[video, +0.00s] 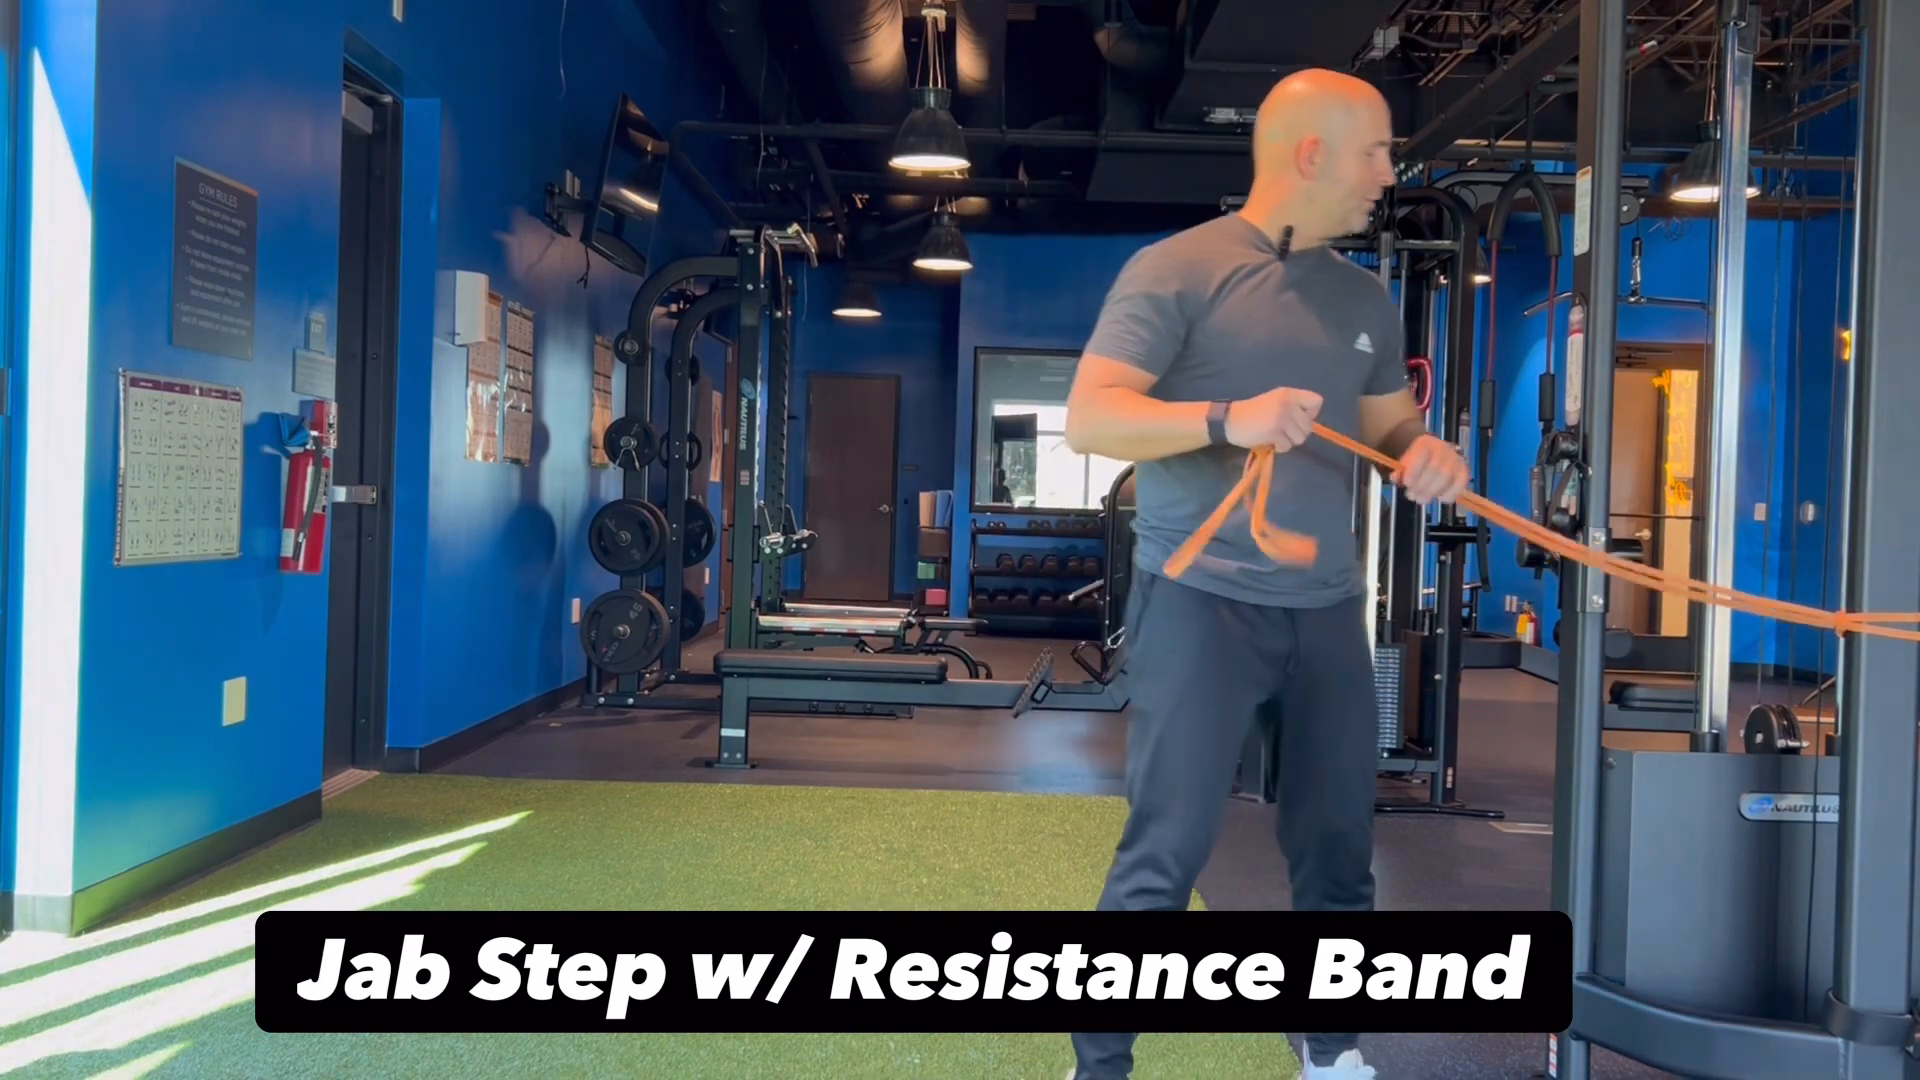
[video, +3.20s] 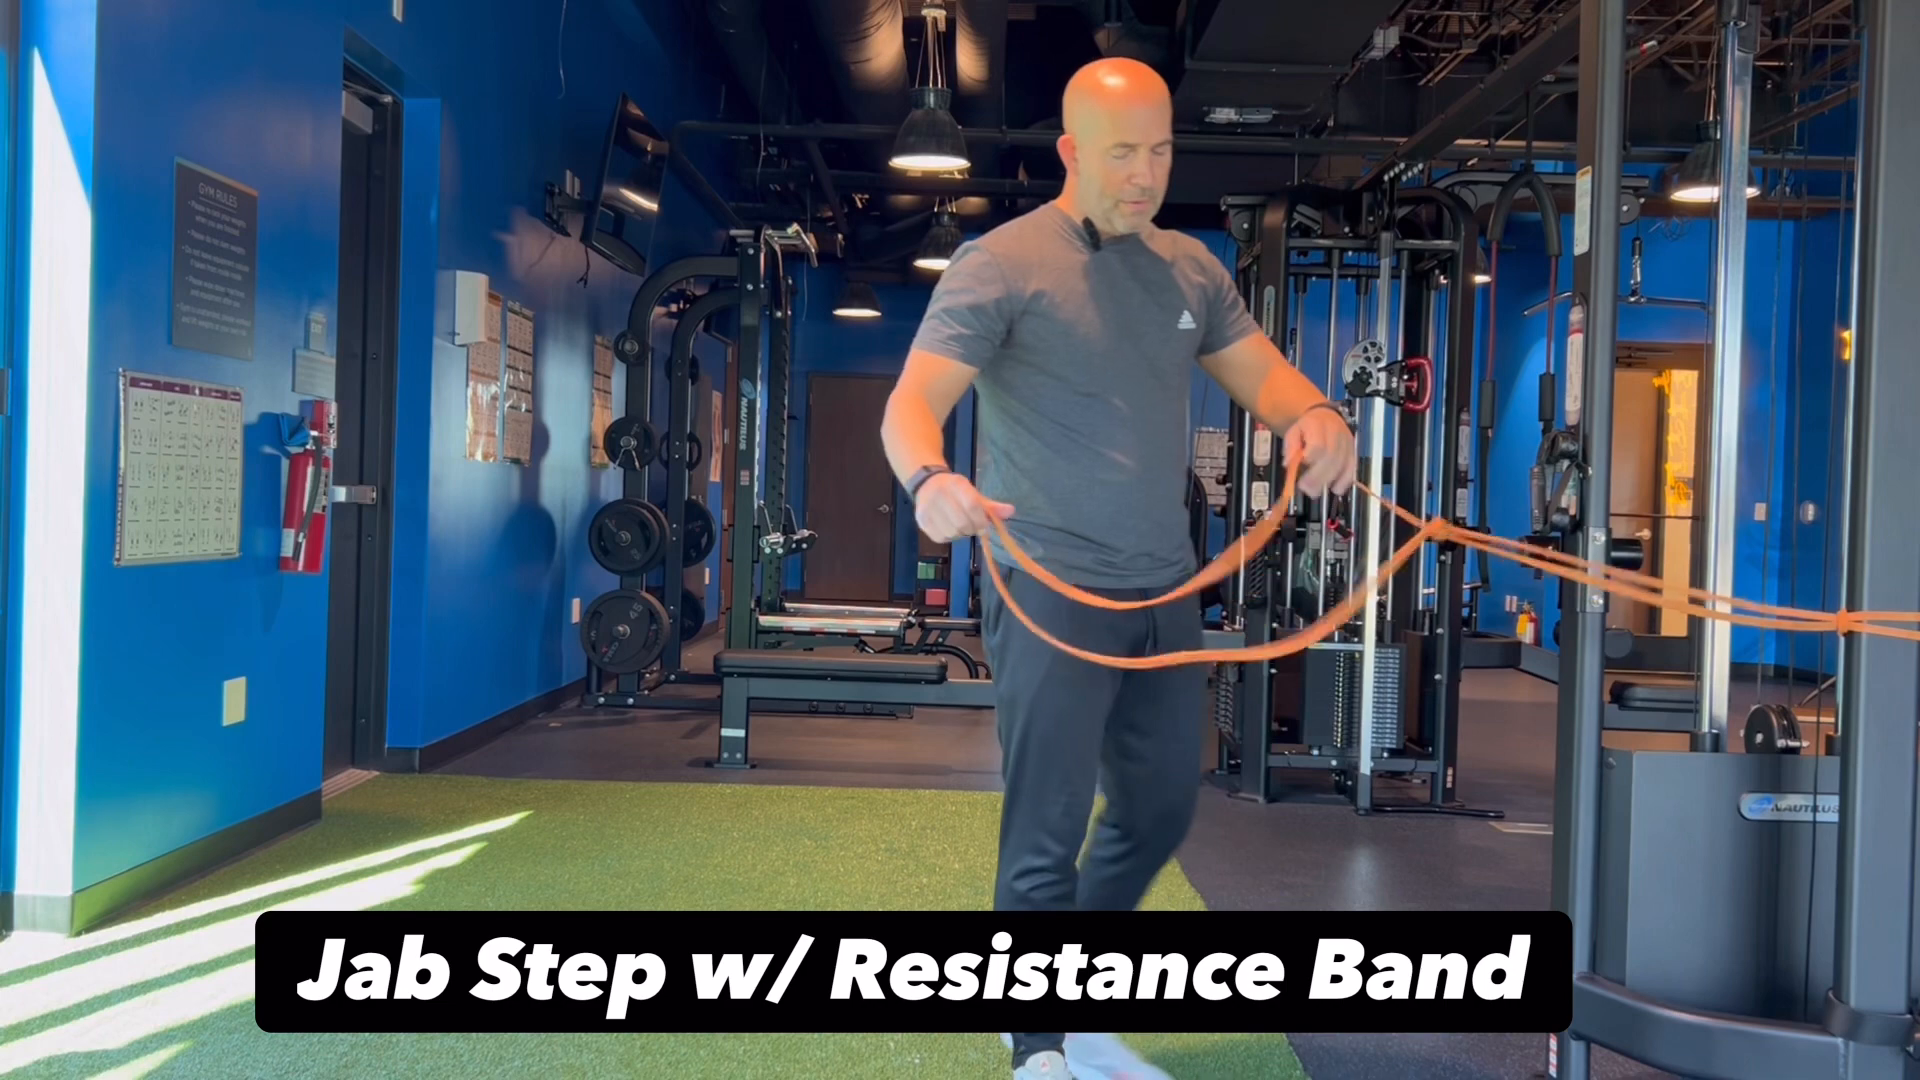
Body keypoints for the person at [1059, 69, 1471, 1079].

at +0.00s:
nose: (1389, 175)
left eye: (1389, 154)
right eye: (1374, 152)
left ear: (1316, 159)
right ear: (1304, 155)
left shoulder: (1366, 299)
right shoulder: (1177, 270)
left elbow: (1387, 429)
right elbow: (1090, 417)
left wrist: (1421, 451)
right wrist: (1224, 418)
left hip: (1327, 609)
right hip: (1199, 601)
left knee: (1339, 850)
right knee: (1167, 851)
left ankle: (1329, 1051)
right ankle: (1100, 1059)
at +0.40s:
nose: (1484, 201)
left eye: (1489, 180)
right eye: (1474, 177)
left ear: (1413, 178)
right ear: (1402, 171)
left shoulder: (1458, 311)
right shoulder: (1249, 263)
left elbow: (1505, 438)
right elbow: (1151, 391)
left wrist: (1577, 501)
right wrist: (1215, 410)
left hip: (1379, 610)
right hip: (1239, 601)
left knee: (1351, 847)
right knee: (1197, 839)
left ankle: (1331, 1046)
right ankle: (1162, 1042)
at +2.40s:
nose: (1439, 211)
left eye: (1462, 194)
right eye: (1425, 183)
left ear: (1480, 197)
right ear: (1379, 165)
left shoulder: (1474, 322)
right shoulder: (1268, 262)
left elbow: (1524, 458)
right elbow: (1165, 389)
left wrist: (1515, 493)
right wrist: (1232, 413)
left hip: (1382, 606)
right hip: (1242, 589)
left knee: (1360, 844)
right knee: (1196, 809)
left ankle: (1329, 1038)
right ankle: (1132, 1024)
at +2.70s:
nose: (1324, 199)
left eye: (1345, 181)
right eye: (1305, 176)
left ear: (1368, 184)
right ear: (1262, 167)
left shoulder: (1391, 301)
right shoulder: (1179, 277)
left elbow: (1444, 437)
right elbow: (1092, 416)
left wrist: (1408, 439)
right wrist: (1180, 435)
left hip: (1329, 607)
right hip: (1188, 598)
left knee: (1335, 848)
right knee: (1126, 827)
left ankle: (1331, 1045)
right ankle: (1047, 1041)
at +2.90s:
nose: (1230, 200)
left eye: (1249, 176)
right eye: (1208, 176)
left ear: (1268, 168)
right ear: (1161, 166)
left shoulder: (1290, 286)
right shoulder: (1084, 274)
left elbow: (1348, 421)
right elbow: (1000, 423)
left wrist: (1349, 446)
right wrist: (1078, 468)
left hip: (1248, 602)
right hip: (1113, 598)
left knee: (1290, 838)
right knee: (1075, 843)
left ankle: (1322, 1043)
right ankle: (1042, 1048)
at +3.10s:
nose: (1171, 183)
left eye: (1185, 158)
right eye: (1148, 161)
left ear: (1199, 155)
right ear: (1094, 156)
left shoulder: (1219, 273)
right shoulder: (1022, 268)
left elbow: (1286, 386)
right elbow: (932, 407)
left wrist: (1334, 431)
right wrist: (960, 479)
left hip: (1192, 589)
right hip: (1065, 584)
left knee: (1204, 819)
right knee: (1050, 837)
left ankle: (1166, 1028)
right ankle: (1041, 1045)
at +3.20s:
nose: (1148, 173)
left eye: (1161, 150)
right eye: (1125, 153)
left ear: (1172, 150)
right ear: (1069, 152)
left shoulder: (1191, 269)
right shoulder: (1002, 263)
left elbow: (1267, 382)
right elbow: (912, 403)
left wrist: (1323, 418)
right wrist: (927, 478)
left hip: (1165, 582)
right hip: (1050, 574)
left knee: (1158, 808)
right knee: (1044, 826)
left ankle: (1075, 1006)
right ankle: (1033, 1042)